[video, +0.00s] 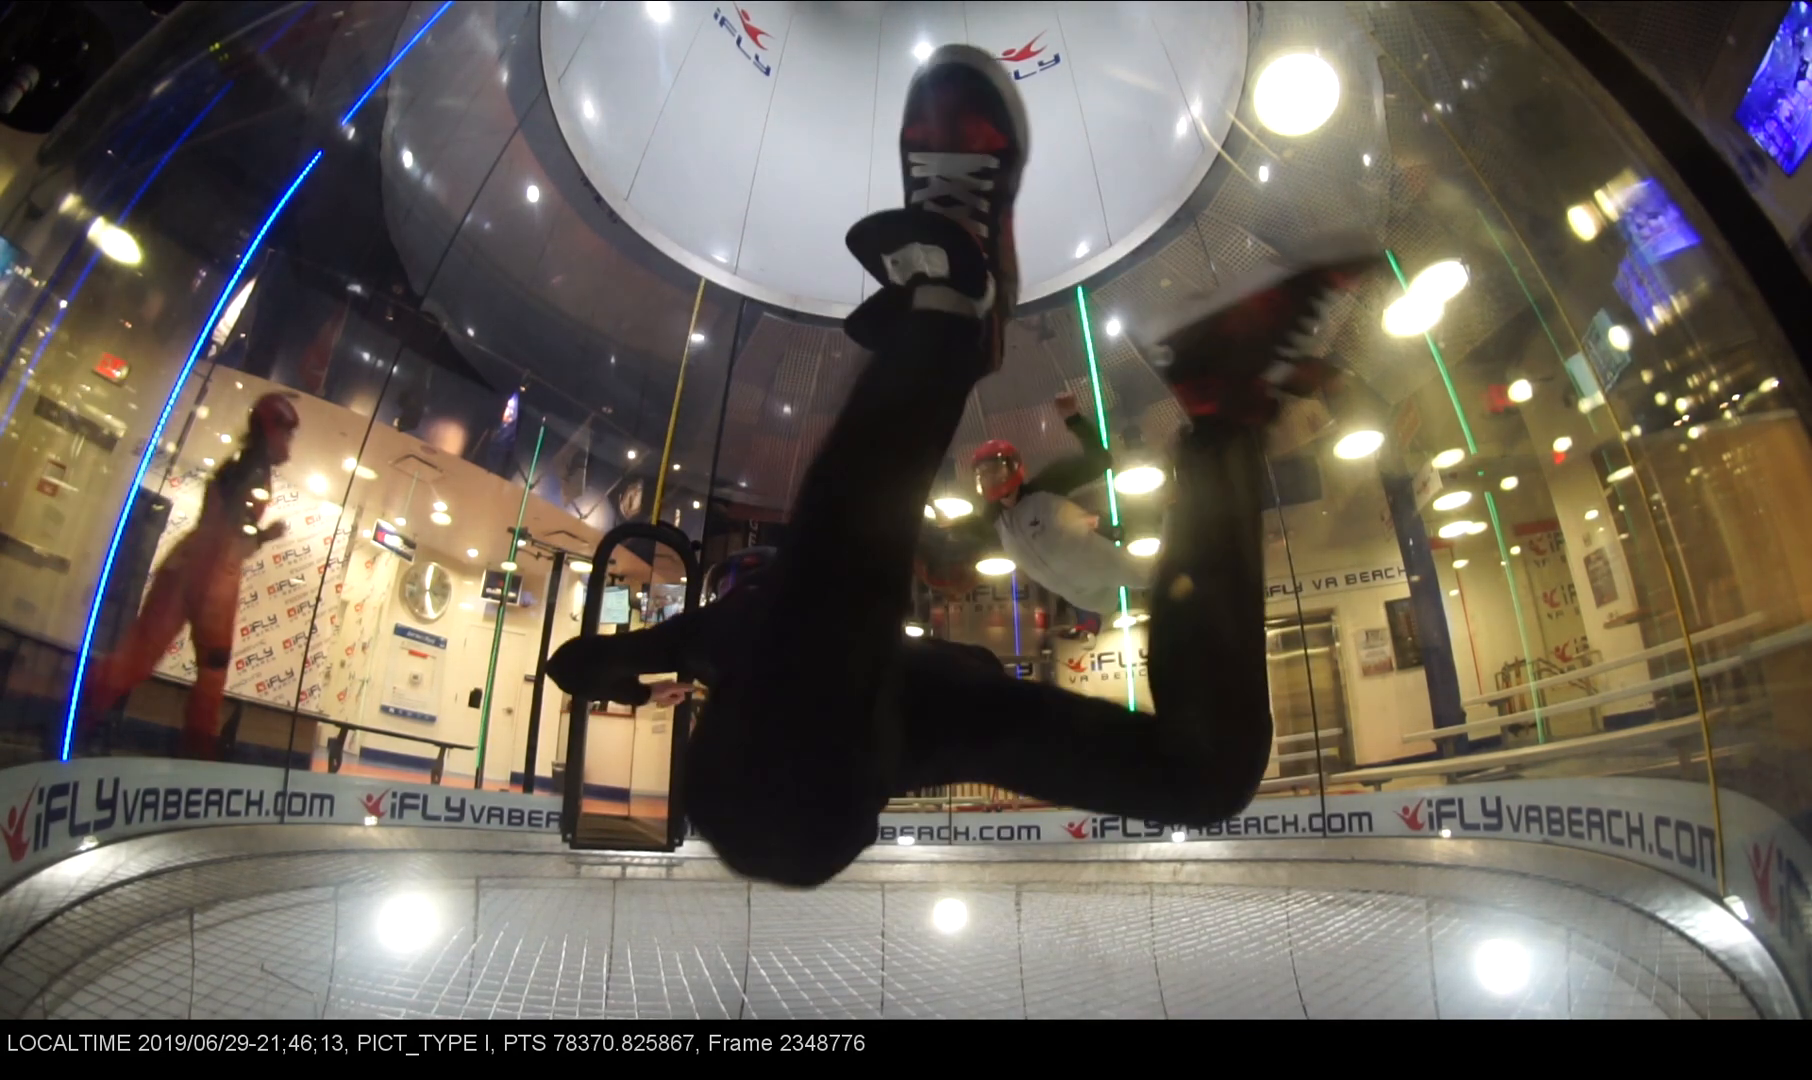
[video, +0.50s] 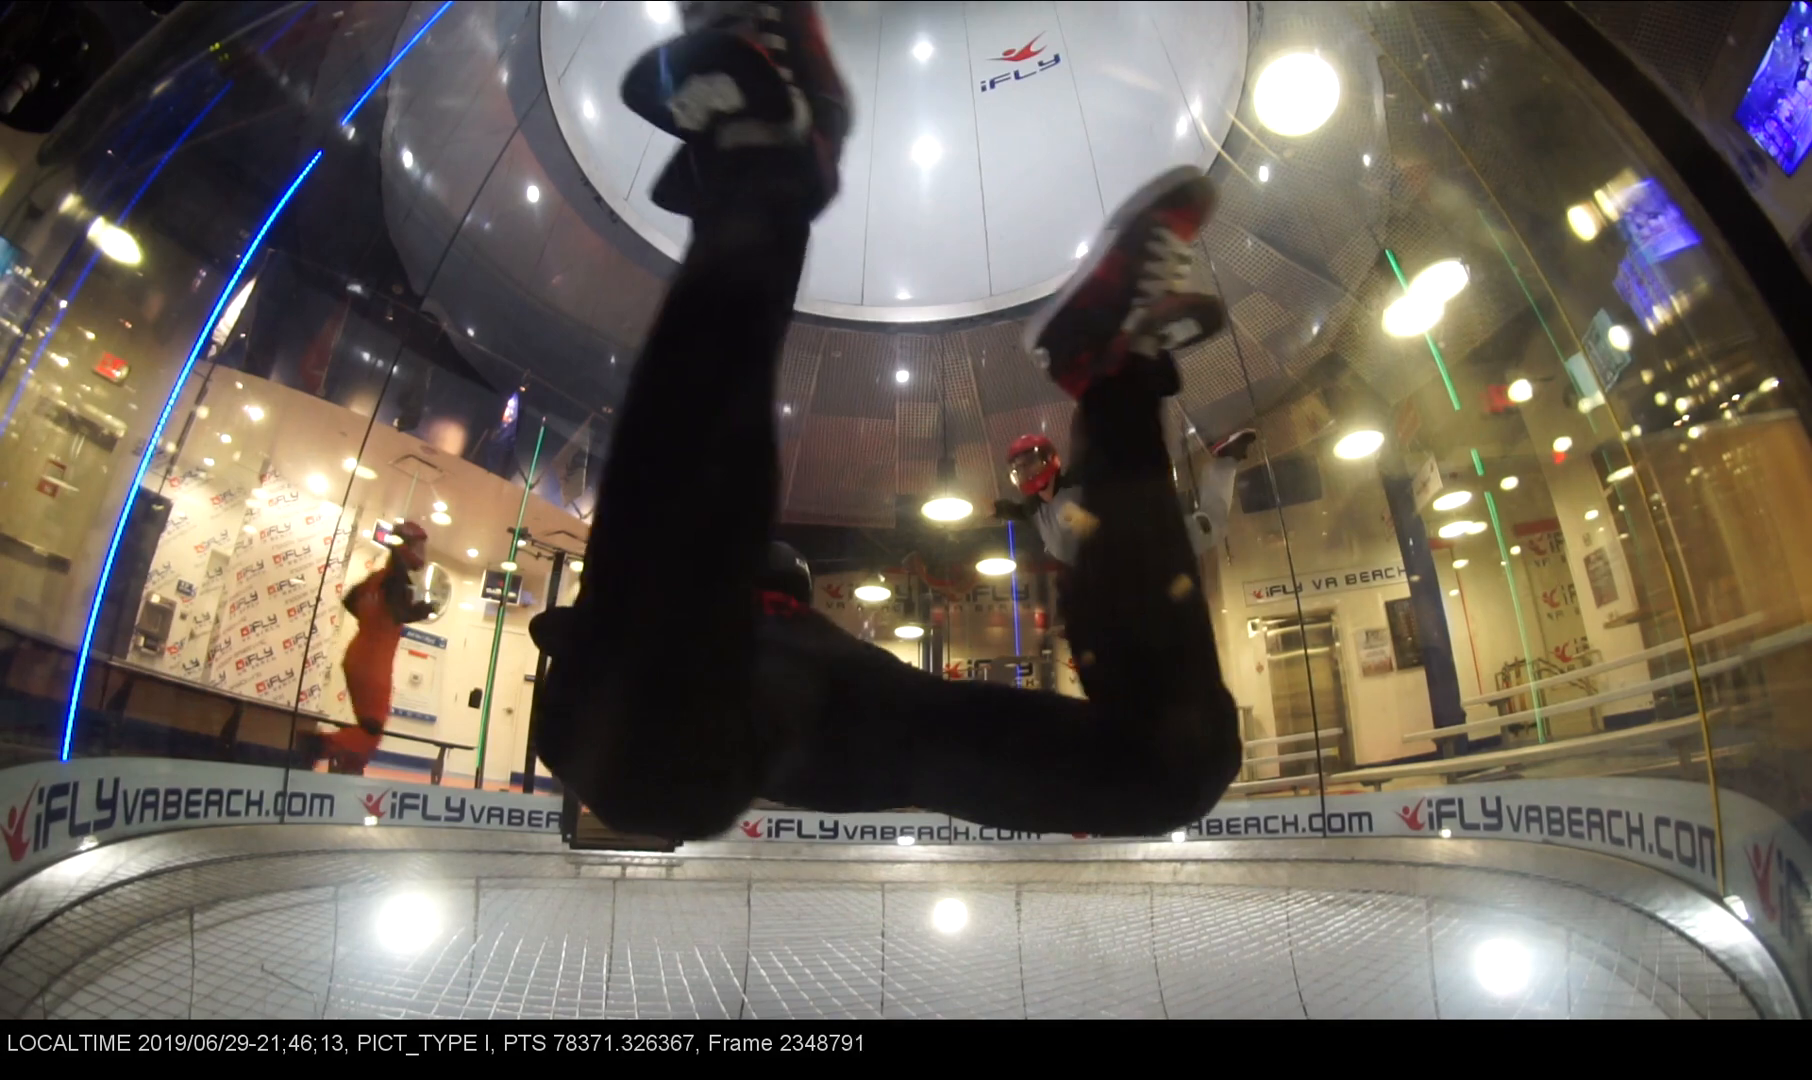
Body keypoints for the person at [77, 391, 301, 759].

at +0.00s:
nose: (290, 443)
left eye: (292, 434)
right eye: (287, 433)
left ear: (262, 429)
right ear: (270, 430)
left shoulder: (232, 469)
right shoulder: (252, 473)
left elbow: (229, 541)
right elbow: (224, 544)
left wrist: (262, 534)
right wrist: (263, 534)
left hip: (186, 563)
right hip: (216, 574)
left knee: (139, 655)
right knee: (214, 670)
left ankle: (71, 729)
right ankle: (197, 763)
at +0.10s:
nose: (315, 479)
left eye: (316, 470)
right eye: (313, 469)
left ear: (286, 466)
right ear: (297, 467)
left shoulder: (260, 506)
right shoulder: (286, 509)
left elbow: (249, 555)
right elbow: (272, 556)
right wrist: (289, 589)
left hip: (218, 602)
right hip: (247, 612)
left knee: (191, 690)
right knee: (246, 695)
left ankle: (128, 695)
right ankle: (224, 771)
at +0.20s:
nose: (343, 495)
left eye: (343, 489)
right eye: (339, 488)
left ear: (314, 485)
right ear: (326, 487)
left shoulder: (287, 528)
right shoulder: (319, 530)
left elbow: (257, 572)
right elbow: (309, 584)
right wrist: (329, 601)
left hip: (259, 618)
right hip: (283, 624)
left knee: (253, 698)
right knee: (270, 702)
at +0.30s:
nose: (375, 513)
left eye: (375, 505)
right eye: (371, 504)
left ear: (349, 503)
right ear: (356, 503)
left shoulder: (323, 531)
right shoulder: (356, 538)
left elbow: (285, 556)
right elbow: (355, 577)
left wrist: (295, 586)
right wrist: (368, 592)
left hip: (299, 613)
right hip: (322, 621)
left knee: (299, 689)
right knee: (300, 689)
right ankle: (250, 753)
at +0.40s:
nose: (402, 523)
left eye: (402, 517)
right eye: (398, 517)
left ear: (373, 516)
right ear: (384, 517)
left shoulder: (351, 545)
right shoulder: (384, 549)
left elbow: (316, 564)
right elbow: (387, 589)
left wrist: (331, 592)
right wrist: (406, 592)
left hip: (332, 623)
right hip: (356, 628)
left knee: (338, 699)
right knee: (333, 698)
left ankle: (339, 770)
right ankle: (274, 742)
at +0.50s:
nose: (422, 557)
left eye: (423, 549)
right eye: (419, 549)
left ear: (399, 547)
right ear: (407, 548)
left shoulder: (378, 576)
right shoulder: (398, 577)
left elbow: (349, 600)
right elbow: (400, 613)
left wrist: (373, 620)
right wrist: (426, 609)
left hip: (359, 655)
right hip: (375, 660)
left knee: (368, 730)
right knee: (371, 733)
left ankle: (349, 777)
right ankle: (317, 745)